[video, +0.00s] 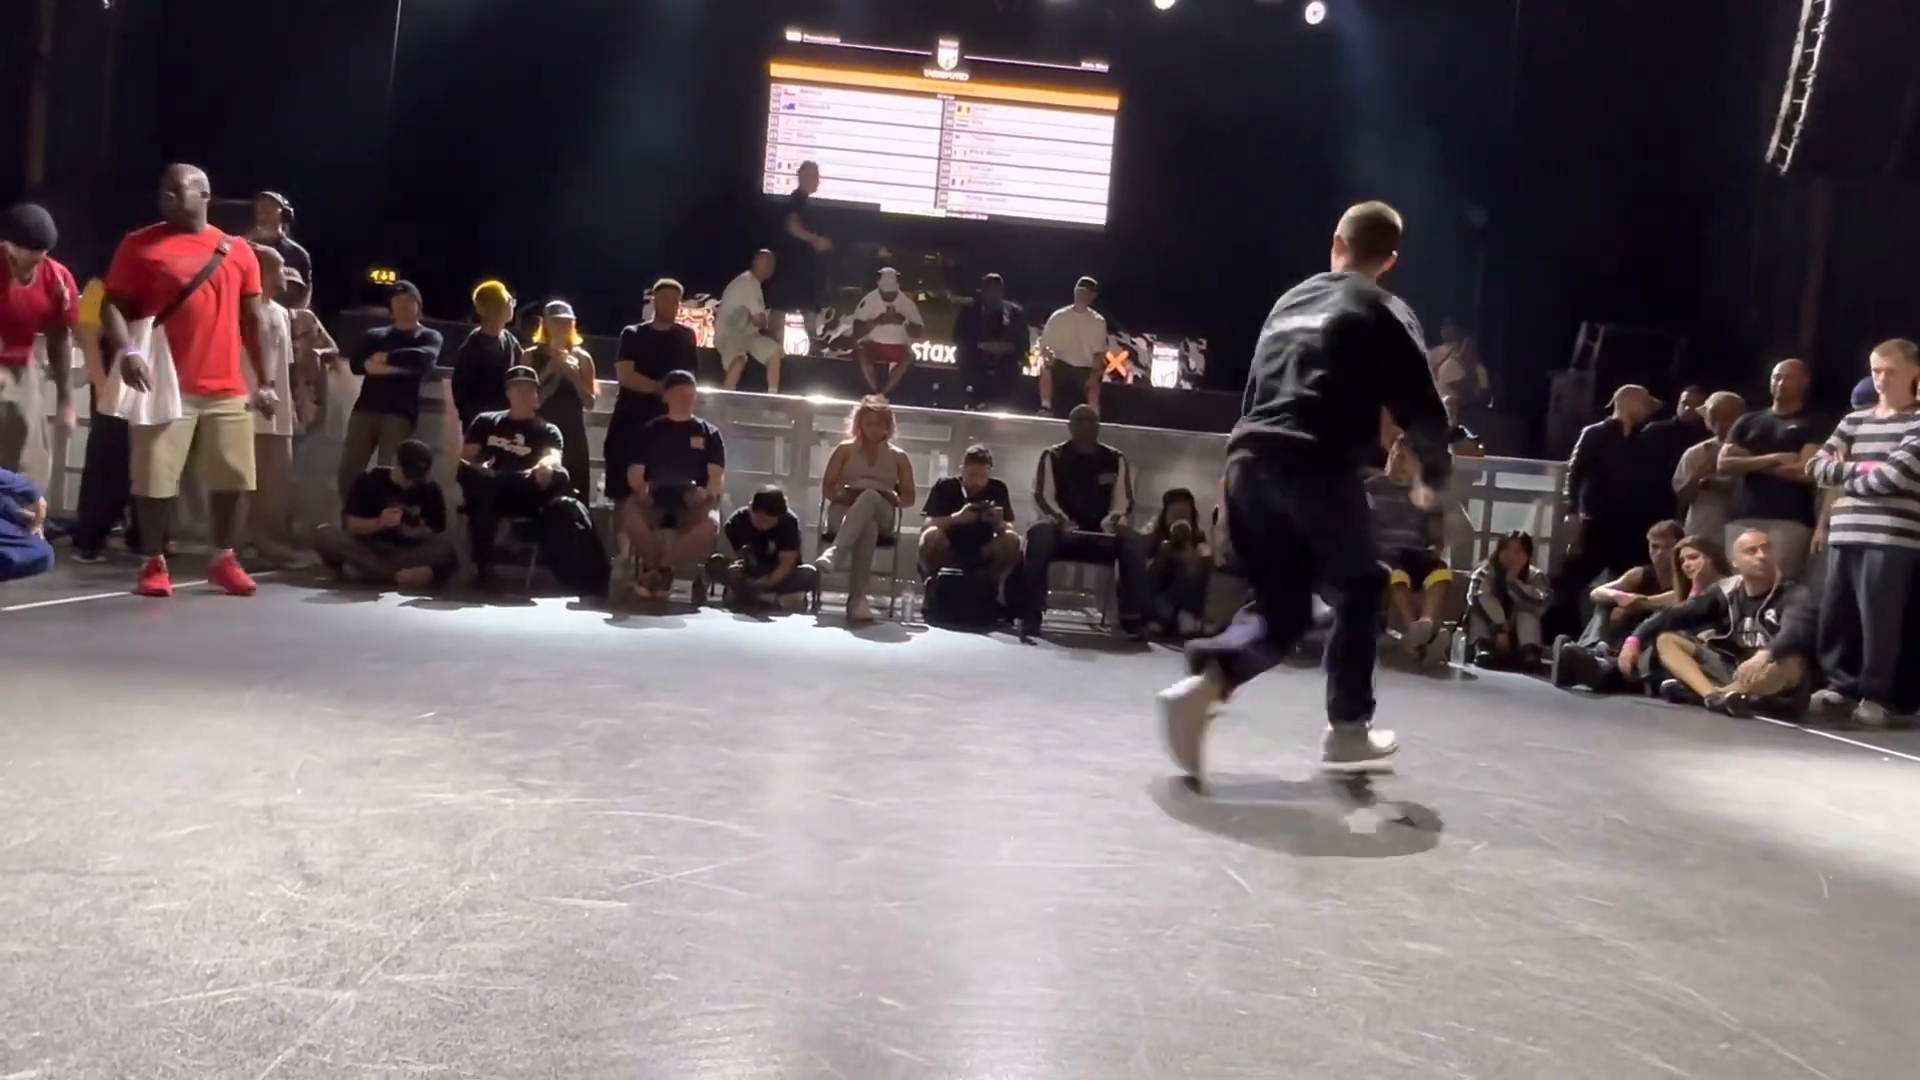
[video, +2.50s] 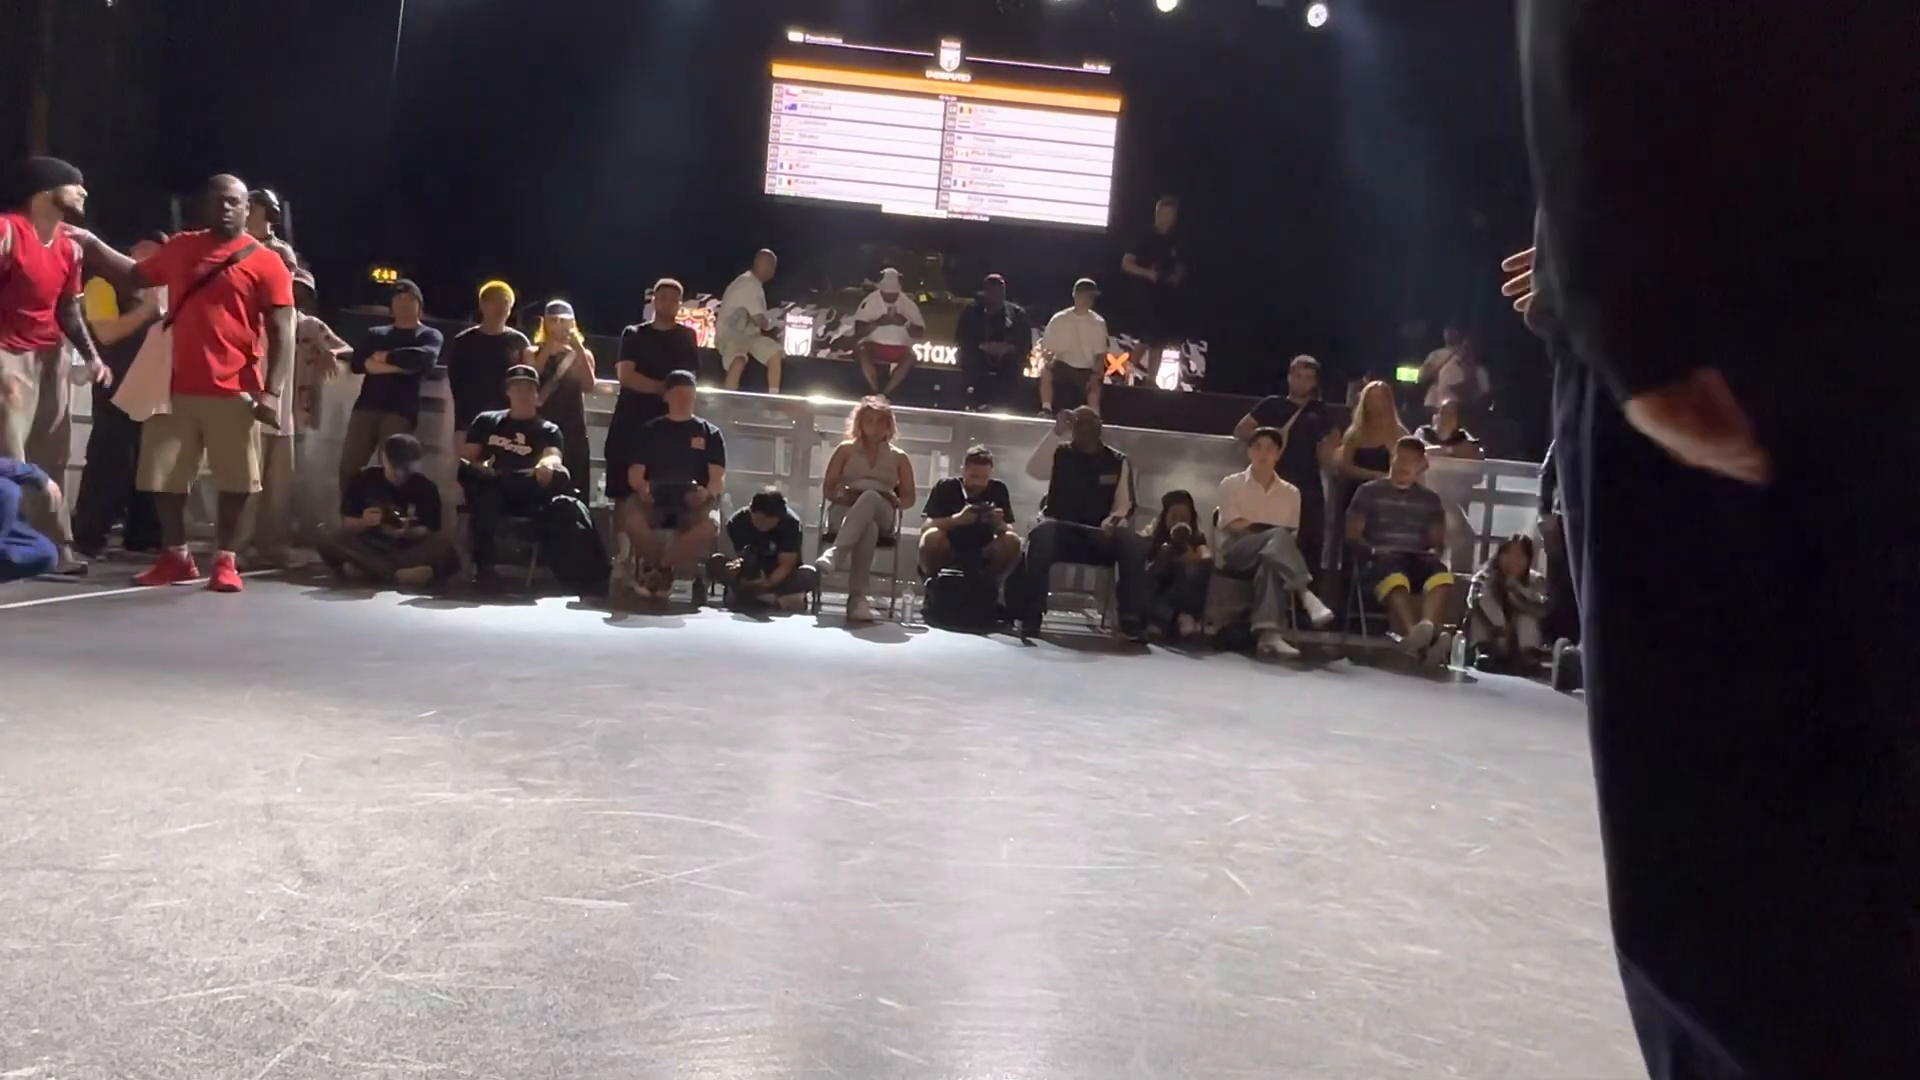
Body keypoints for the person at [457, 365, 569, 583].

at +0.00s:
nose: (527, 395)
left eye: (531, 390)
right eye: (521, 389)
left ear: (537, 395)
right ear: (508, 393)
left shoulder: (549, 430)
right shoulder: (485, 422)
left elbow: (551, 458)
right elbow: (464, 464)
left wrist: (543, 469)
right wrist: (480, 468)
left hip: (528, 485)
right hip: (493, 483)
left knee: (558, 477)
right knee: (473, 479)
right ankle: (483, 566)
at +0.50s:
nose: (527, 394)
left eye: (532, 389)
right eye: (522, 388)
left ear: (539, 395)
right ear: (509, 392)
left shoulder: (550, 429)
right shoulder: (487, 420)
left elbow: (553, 457)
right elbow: (467, 462)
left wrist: (546, 466)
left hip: (531, 488)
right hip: (494, 485)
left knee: (560, 475)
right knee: (481, 484)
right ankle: (484, 566)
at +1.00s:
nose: (525, 394)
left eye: (530, 389)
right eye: (519, 388)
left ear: (538, 395)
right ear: (508, 392)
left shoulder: (549, 430)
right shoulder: (487, 421)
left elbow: (553, 457)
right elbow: (465, 462)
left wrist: (545, 467)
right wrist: (482, 469)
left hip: (530, 488)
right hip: (493, 486)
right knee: (480, 484)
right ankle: (484, 565)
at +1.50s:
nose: (525, 394)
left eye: (529, 389)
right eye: (519, 389)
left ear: (537, 394)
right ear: (507, 392)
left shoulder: (547, 429)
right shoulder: (486, 421)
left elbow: (552, 454)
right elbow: (464, 460)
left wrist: (546, 464)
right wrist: (480, 468)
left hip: (530, 490)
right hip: (493, 487)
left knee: (568, 507)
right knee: (478, 483)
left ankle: (594, 582)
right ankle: (484, 567)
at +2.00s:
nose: (524, 394)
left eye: (529, 389)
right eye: (519, 388)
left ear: (537, 394)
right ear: (508, 391)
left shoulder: (548, 430)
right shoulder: (486, 421)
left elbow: (552, 456)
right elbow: (466, 460)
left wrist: (546, 465)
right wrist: (486, 471)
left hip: (529, 488)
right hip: (493, 486)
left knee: (557, 478)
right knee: (480, 487)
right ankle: (484, 566)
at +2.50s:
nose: (523, 394)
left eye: (528, 389)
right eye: (518, 388)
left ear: (537, 395)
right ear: (507, 391)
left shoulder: (548, 430)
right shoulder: (486, 421)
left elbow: (553, 458)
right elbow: (466, 461)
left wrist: (548, 467)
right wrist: (488, 471)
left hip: (530, 490)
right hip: (493, 487)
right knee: (482, 492)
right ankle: (485, 568)